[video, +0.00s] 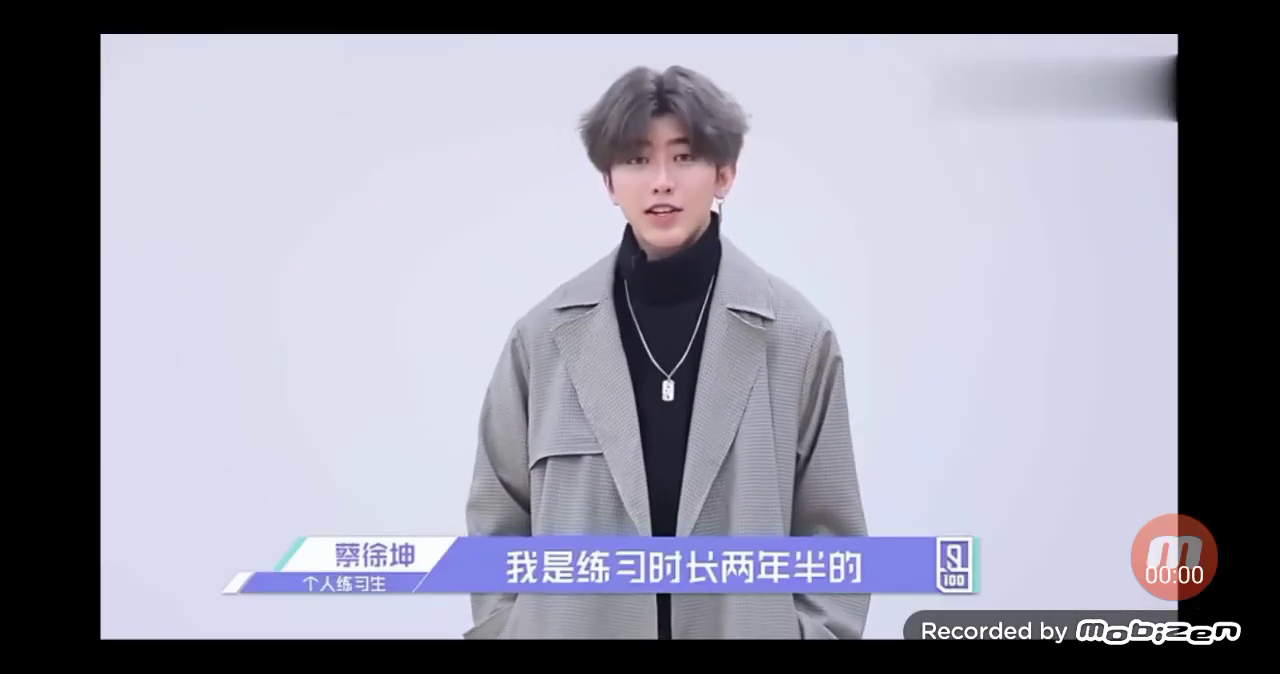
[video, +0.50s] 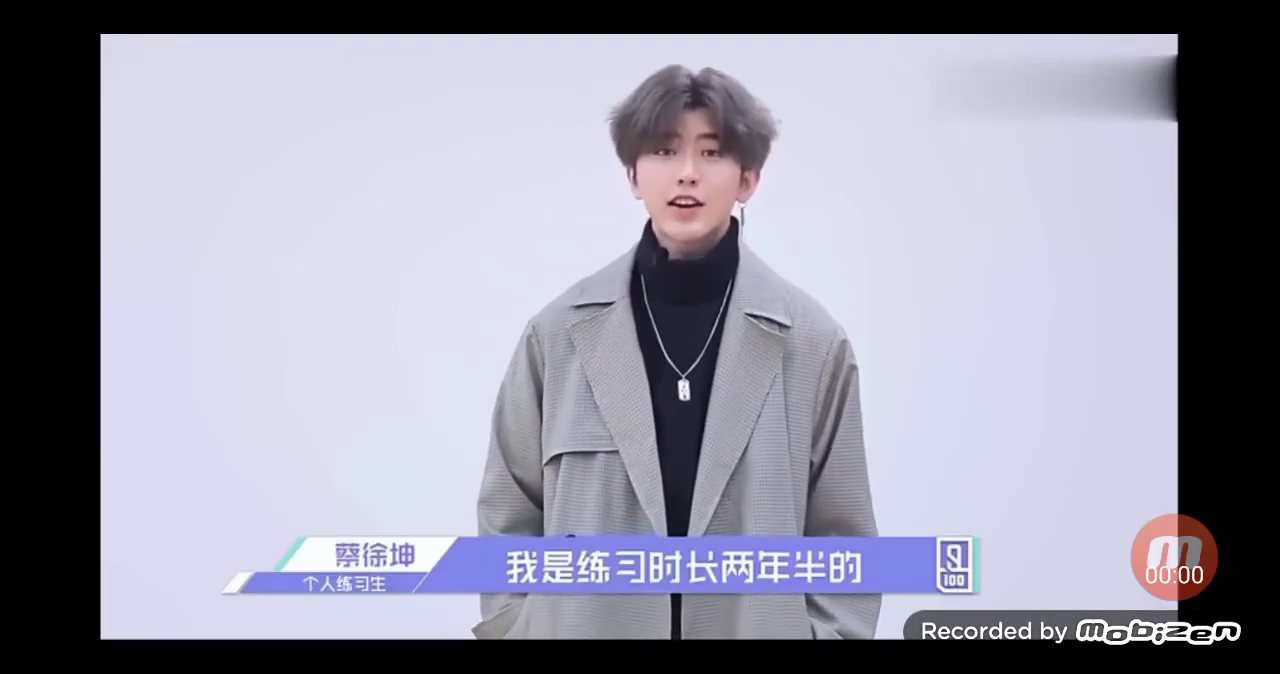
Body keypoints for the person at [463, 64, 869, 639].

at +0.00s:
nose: (661, 182)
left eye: (684, 157)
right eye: (638, 159)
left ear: (723, 176)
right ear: (610, 180)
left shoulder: (800, 336)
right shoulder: (538, 339)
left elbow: (835, 533)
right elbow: (495, 517)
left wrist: (815, 631)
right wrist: (503, 627)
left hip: (745, 629)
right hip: (575, 630)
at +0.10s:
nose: (667, 181)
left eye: (690, 157)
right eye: (643, 159)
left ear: (728, 177)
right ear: (616, 181)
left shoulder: (804, 338)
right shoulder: (543, 339)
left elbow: (837, 534)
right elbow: (498, 517)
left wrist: (817, 631)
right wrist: (505, 627)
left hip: (747, 629)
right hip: (578, 630)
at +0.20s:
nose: (672, 179)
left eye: (694, 156)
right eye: (648, 159)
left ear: (733, 178)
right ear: (621, 183)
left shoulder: (808, 339)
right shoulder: (548, 338)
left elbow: (838, 536)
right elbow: (501, 517)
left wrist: (819, 632)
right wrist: (506, 627)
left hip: (750, 629)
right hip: (581, 630)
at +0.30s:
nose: (682, 180)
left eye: (704, 158)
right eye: (658, 159)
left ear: (742, 180)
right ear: (630, 181)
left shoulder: (813, 342)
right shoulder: (552, 336)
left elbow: (843, 538)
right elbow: (504, 517)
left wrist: (822, 632)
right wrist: (509, 626)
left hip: (755, 630)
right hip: (585, 630)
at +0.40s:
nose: (688, 177)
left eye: (710, 156)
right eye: (664, 154)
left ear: (747, 181)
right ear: (635, 177)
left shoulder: (815, 342)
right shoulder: (554, 336)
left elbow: (845, 537)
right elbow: (508, 515)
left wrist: (827, 633)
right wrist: (512, 626)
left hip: (757, 629)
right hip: (587, 630)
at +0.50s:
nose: (687, 173)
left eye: (710, 153)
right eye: (664, 151)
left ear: (747, 181)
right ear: (634, 175)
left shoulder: (814, 342)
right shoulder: (553, 336)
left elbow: (846, 537)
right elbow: (507, 515)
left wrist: (827, 632)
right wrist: (512, 626)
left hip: (755, 629)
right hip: (586, 630)